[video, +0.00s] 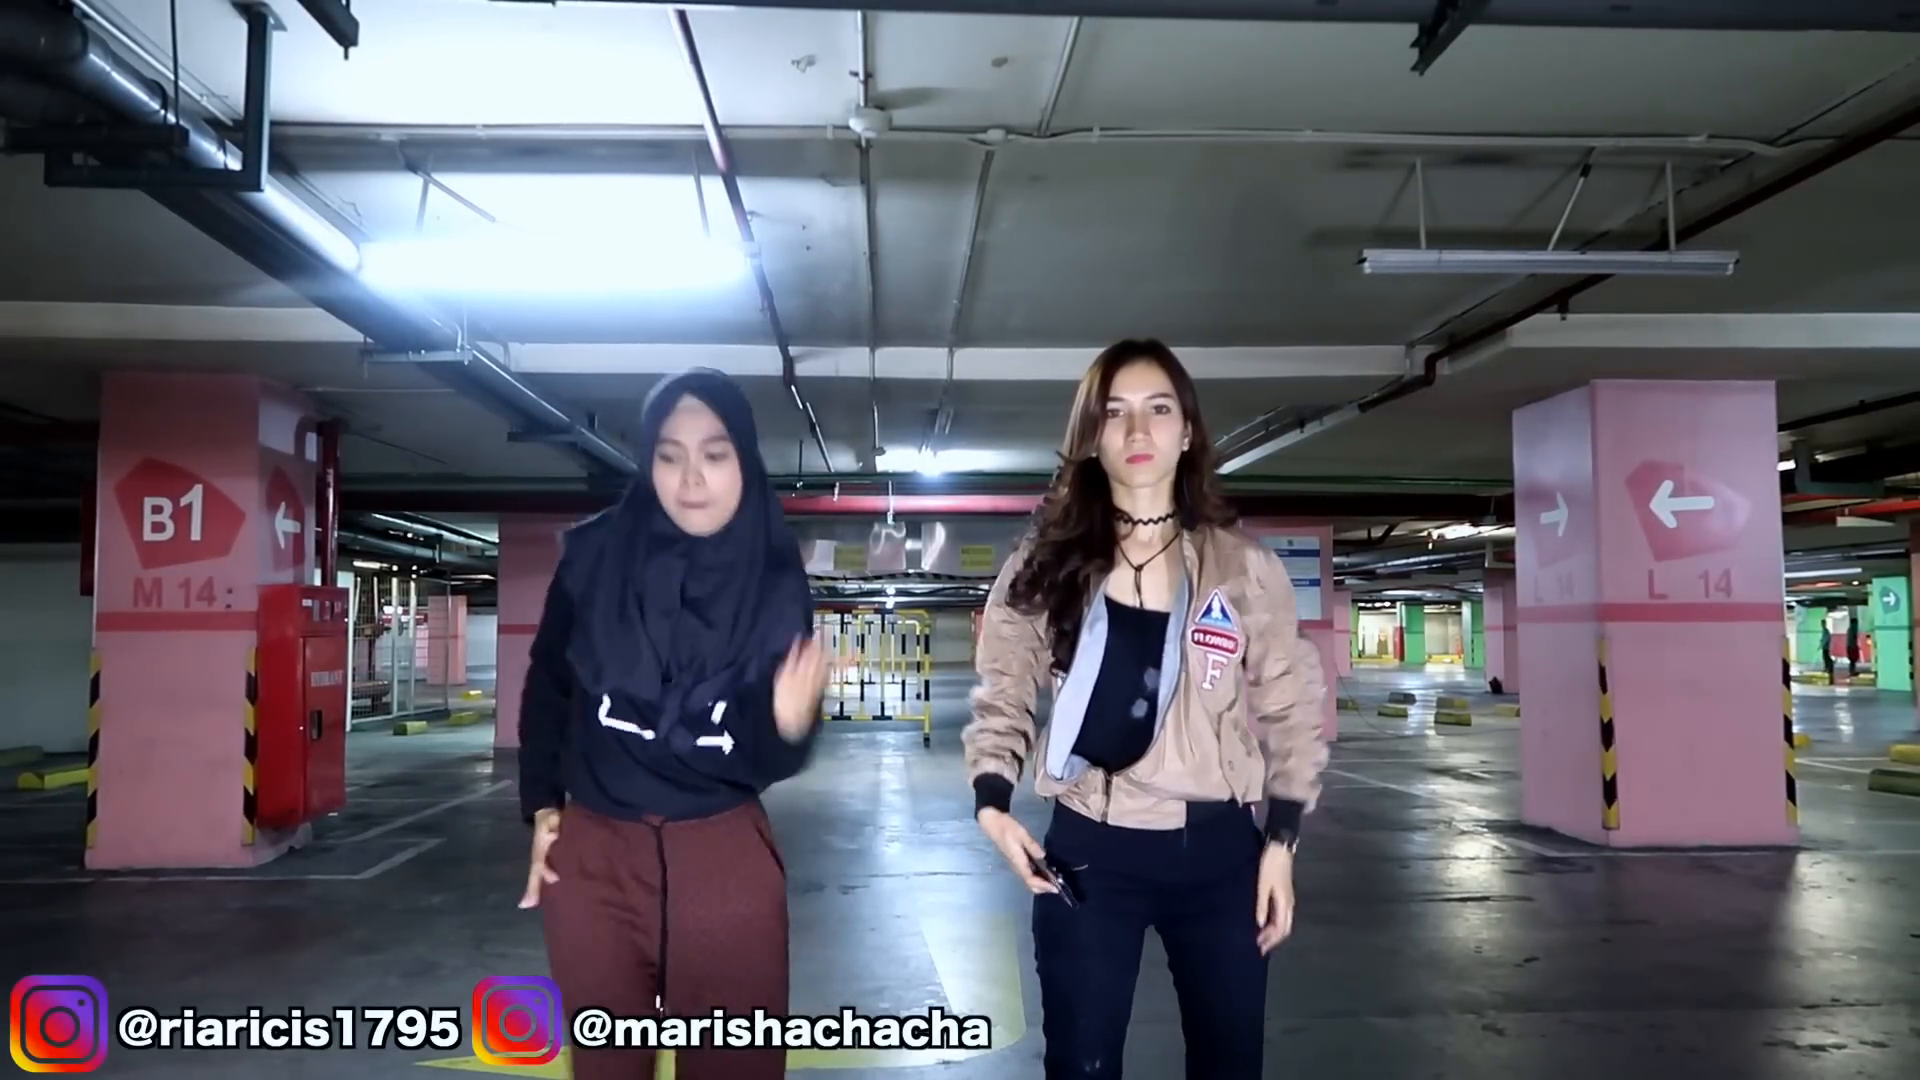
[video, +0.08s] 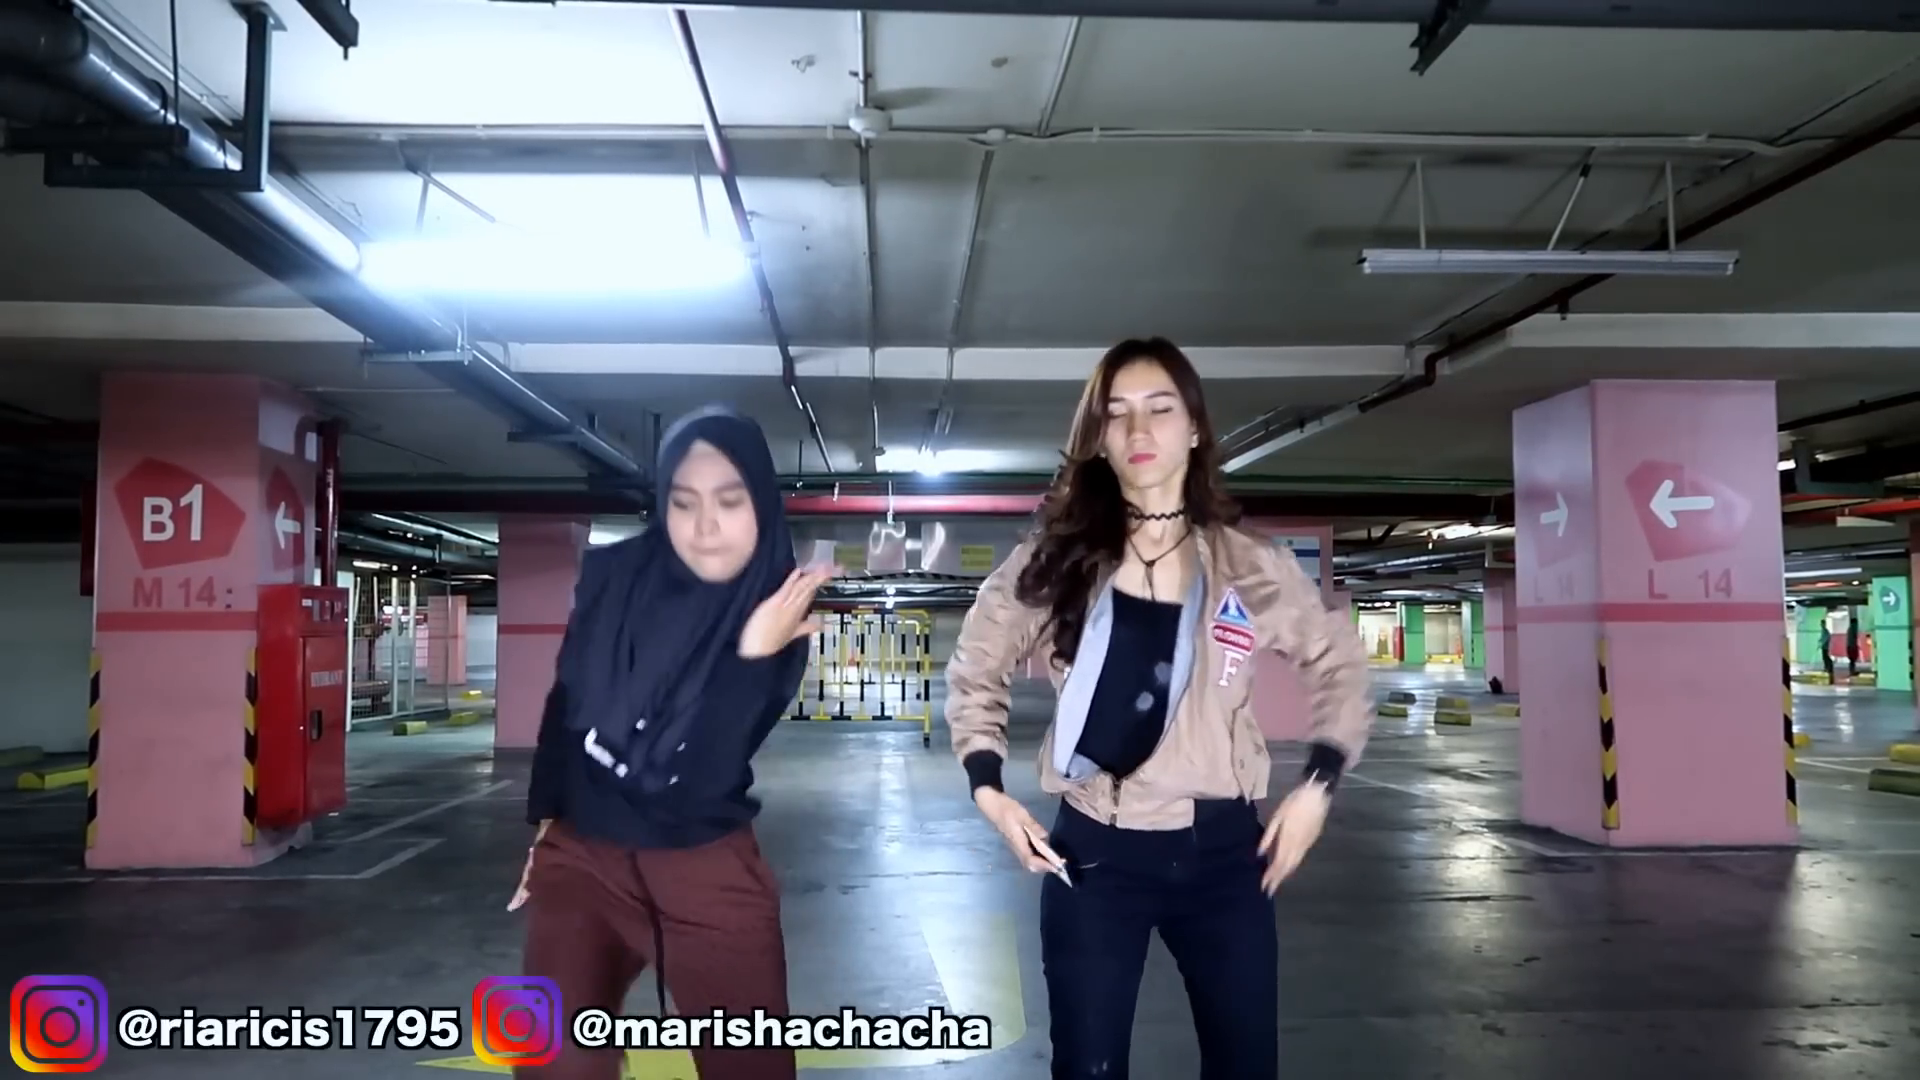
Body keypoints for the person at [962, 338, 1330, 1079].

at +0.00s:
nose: (1137, 428)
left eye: (1158, 408)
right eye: (1116, 412)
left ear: (1187, 431)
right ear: (1090, 436)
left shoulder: (1246, 566)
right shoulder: (1044, 563)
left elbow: (1292, 711)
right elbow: (1005, 689)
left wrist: (1281, 842)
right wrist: (992, 802)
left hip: (1221, 854)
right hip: (1089, 852)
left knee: (1230, 1066)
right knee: (1080, 1067)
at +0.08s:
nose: (1138, 429)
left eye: (1159, 408)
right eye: (1118, 413)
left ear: (1195, 428)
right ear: (1097, 438)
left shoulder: (1248, 562)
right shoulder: (1057, 555)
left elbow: (1343, 664)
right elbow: (976, 671)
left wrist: (1320, 784)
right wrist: (988, 788)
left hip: (1223, 854)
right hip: (1092, 856)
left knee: (1244, 1066)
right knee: (1086, 1067)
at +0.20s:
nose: (1141, 457)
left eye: (1165, 431)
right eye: (1133, 438)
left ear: (1226, 444)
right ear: (1122, 455)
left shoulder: (1281, 591)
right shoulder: (1086, 574)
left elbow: (1391, 689)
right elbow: (992, 671)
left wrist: (1341, 779)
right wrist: (979, 790)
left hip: (1236, 870)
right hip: (1106, 866)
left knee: (1258, 1069)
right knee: (1074, 1066)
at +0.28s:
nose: (1150, 489)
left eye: (1176, 465)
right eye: (1149, 470)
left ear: (1242, 485)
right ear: (1140, 485)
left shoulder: (1299, 645)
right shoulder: (1100, 598)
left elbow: (1376, 779)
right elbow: (1008, 689)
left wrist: (1307, 815)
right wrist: (992, 774)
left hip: (1233, 895)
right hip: (1105, 882)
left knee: (1270, 1070)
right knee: (1053, 1052)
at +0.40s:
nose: (1177, 494)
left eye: (1205, 472)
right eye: (1178, 473)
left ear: (1264, 491)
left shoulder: (1300, 655)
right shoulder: (1124, 592)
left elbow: (1352, 815)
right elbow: (1004, 632)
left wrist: (1268, 791)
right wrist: (990, 720)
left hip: (1217, 904)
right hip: (1089, 880)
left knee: (1255, 1073)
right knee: (992, 1042)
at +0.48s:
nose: (1211, 468)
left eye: (1241, 450)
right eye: (1201, 447)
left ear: (1285, 468)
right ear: (1185, 460)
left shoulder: (1307, 628)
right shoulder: (1129, 558)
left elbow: (1346, 792)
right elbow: (1012, 611)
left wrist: (1265, 757)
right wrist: (964, 705)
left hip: (1187, 882)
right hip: (1065, 854)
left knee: (1208, 1072)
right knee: (998, 1062)